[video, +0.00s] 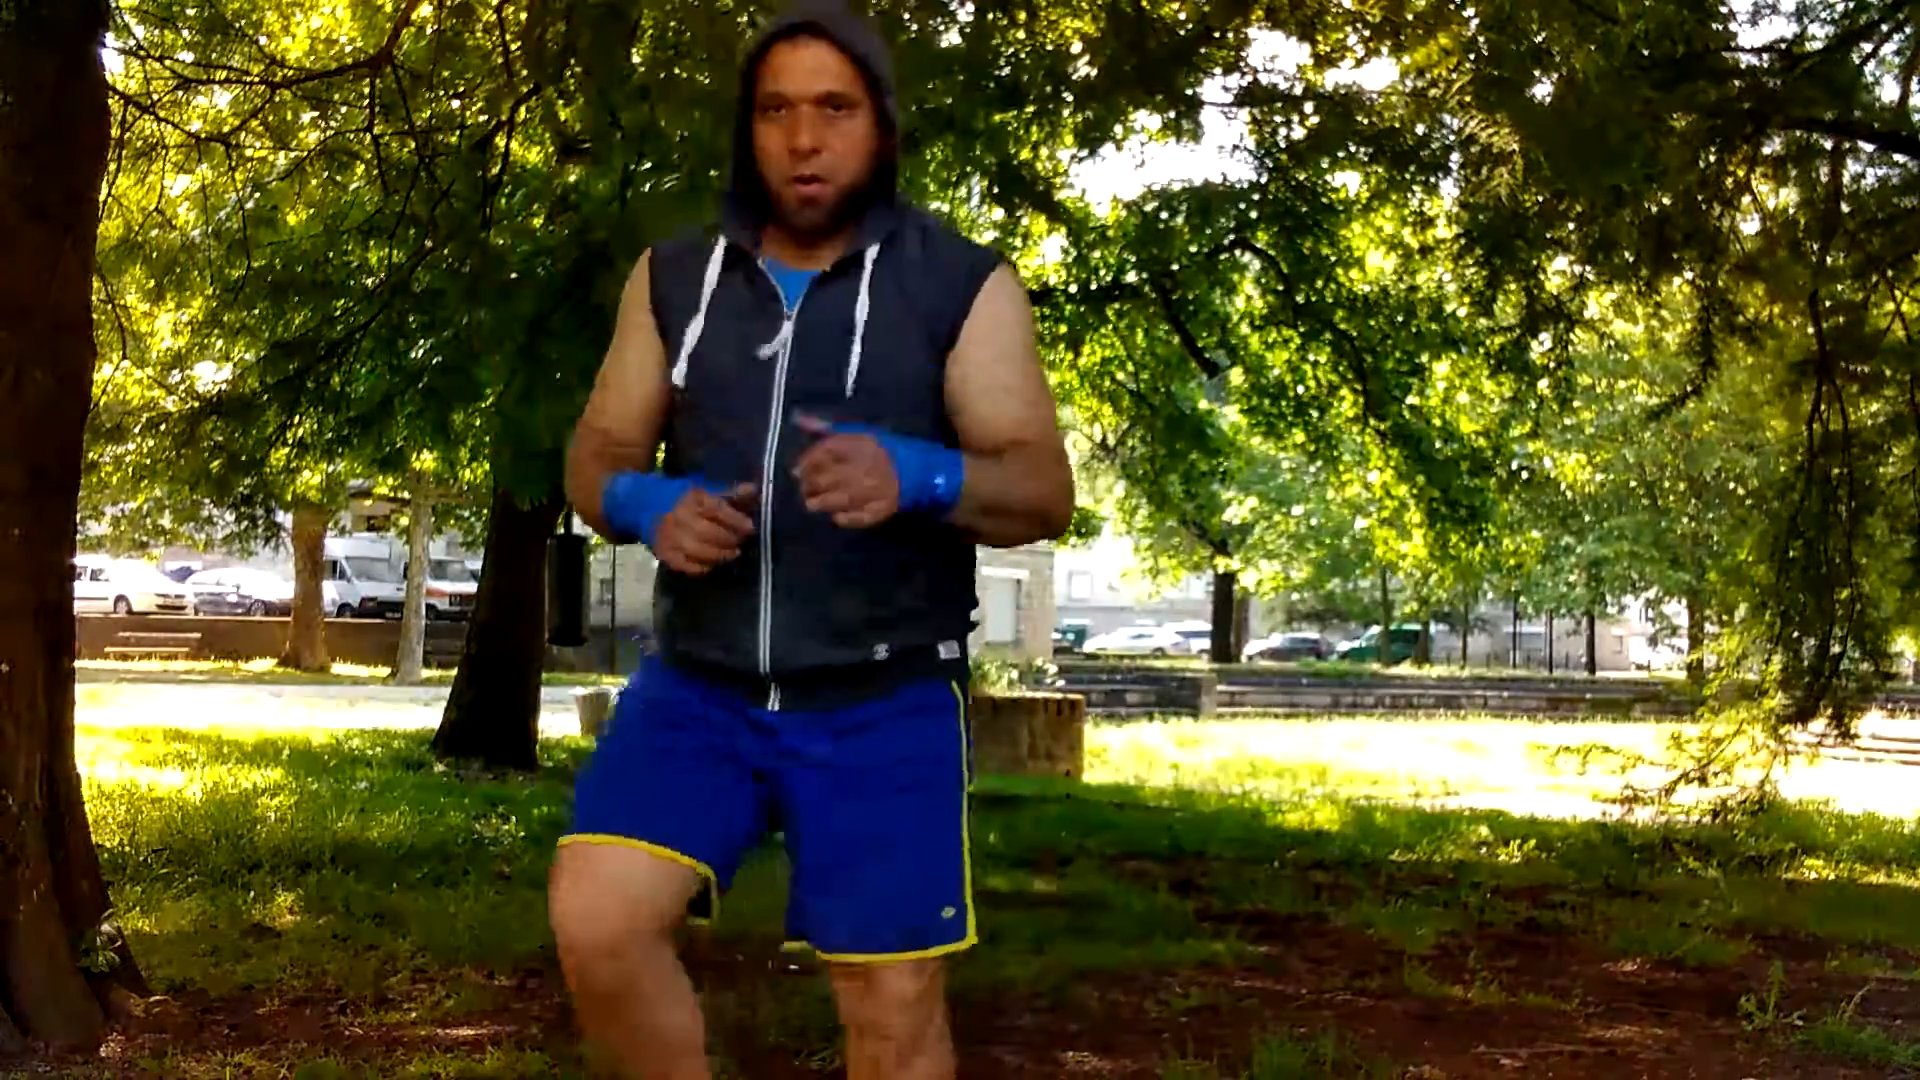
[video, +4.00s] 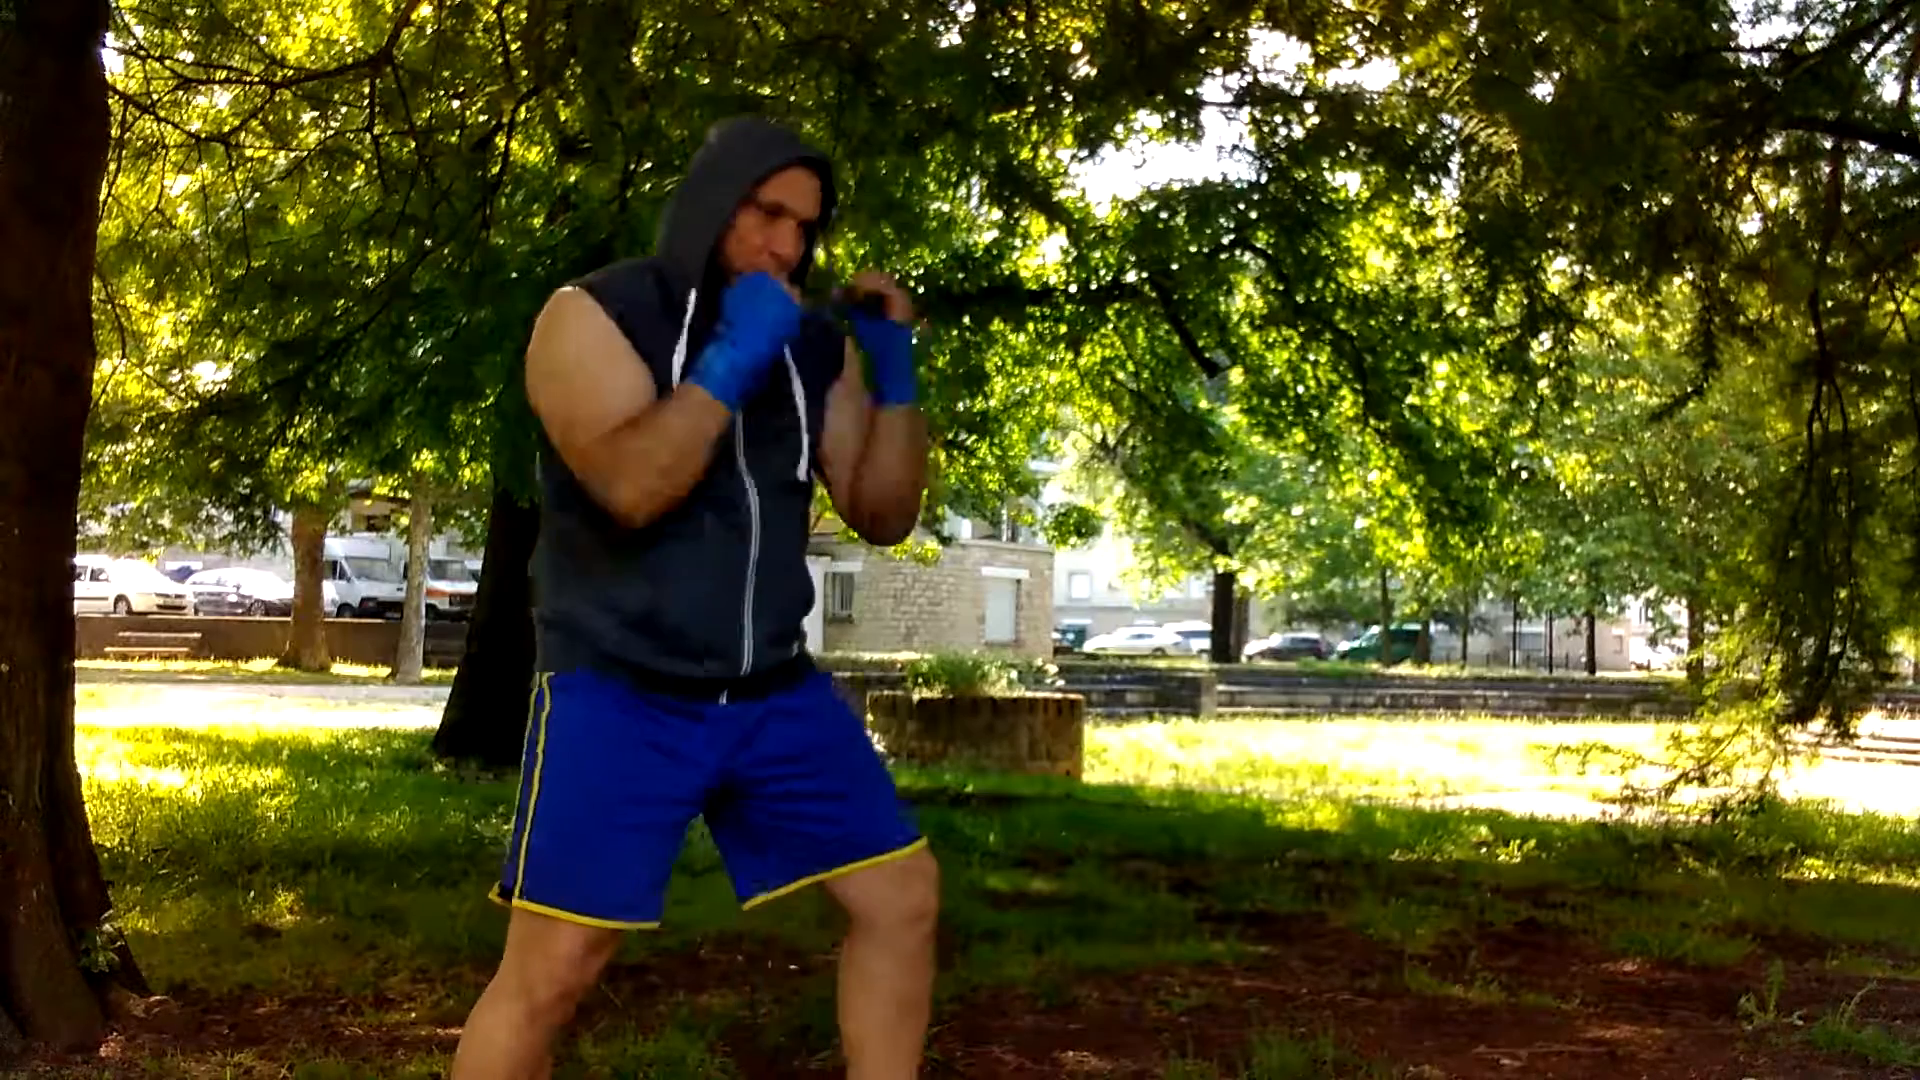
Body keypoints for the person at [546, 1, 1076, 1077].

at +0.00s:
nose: (804, 138)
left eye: (835, 110)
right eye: (778, 111)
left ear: (883, 128)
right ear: (748, 129)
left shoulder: (965, 287)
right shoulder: (674, 276)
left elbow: (1041, 493)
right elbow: (593, 456)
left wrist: (919, 474)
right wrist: (654, 506)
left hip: (882, 701)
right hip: (699, 689)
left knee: (888, 1002)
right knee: (598, 920)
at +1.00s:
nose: (769, 204)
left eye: (790, 185)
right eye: (747, 186)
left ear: (821, 203)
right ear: (716, 204)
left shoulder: (872, 332)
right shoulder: (636, 319)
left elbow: (940, 478)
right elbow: (554, 451)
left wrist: (879, 507)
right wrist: (704, 410)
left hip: (837, 664)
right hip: (685, 668)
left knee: (905, 870)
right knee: (682, 904)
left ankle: (869, 1074)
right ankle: (673, 1077)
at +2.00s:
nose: (686, 223)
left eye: (695, 205)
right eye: (664, 201)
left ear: (701, 220)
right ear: (607, 208)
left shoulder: (714, 330)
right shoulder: (511, 330)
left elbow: (831, 430)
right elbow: (549, 493)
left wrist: (882, 354)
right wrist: (674, 380)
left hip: (699, 667)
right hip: (555, 669)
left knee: (785, 863)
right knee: (514, 921)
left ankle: (725, 1072)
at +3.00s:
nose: (864, 302)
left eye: (878, 290)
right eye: (855, 276)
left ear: (880, 293)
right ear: (804, 250)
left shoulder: (833, 378)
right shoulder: (703, 312)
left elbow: (894, 519)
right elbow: (856, 381)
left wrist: (943, 391)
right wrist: (995, 290)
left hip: (781, 685)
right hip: (646, 671)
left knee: (828, 905)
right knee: (582, 917)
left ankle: (810, 1078)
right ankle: (501, 1073)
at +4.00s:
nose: (788, 247)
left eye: (804, 228)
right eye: (768, 217)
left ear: (813, 240)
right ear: (707, 207)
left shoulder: (811, 345)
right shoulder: (588, 319)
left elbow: (883, 514)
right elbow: (631, 485)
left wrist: (895, 361)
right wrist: (737, 353)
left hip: (780, 694)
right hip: (618, 698)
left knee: (900, 896)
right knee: (550, 970)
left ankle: (881, 1075)